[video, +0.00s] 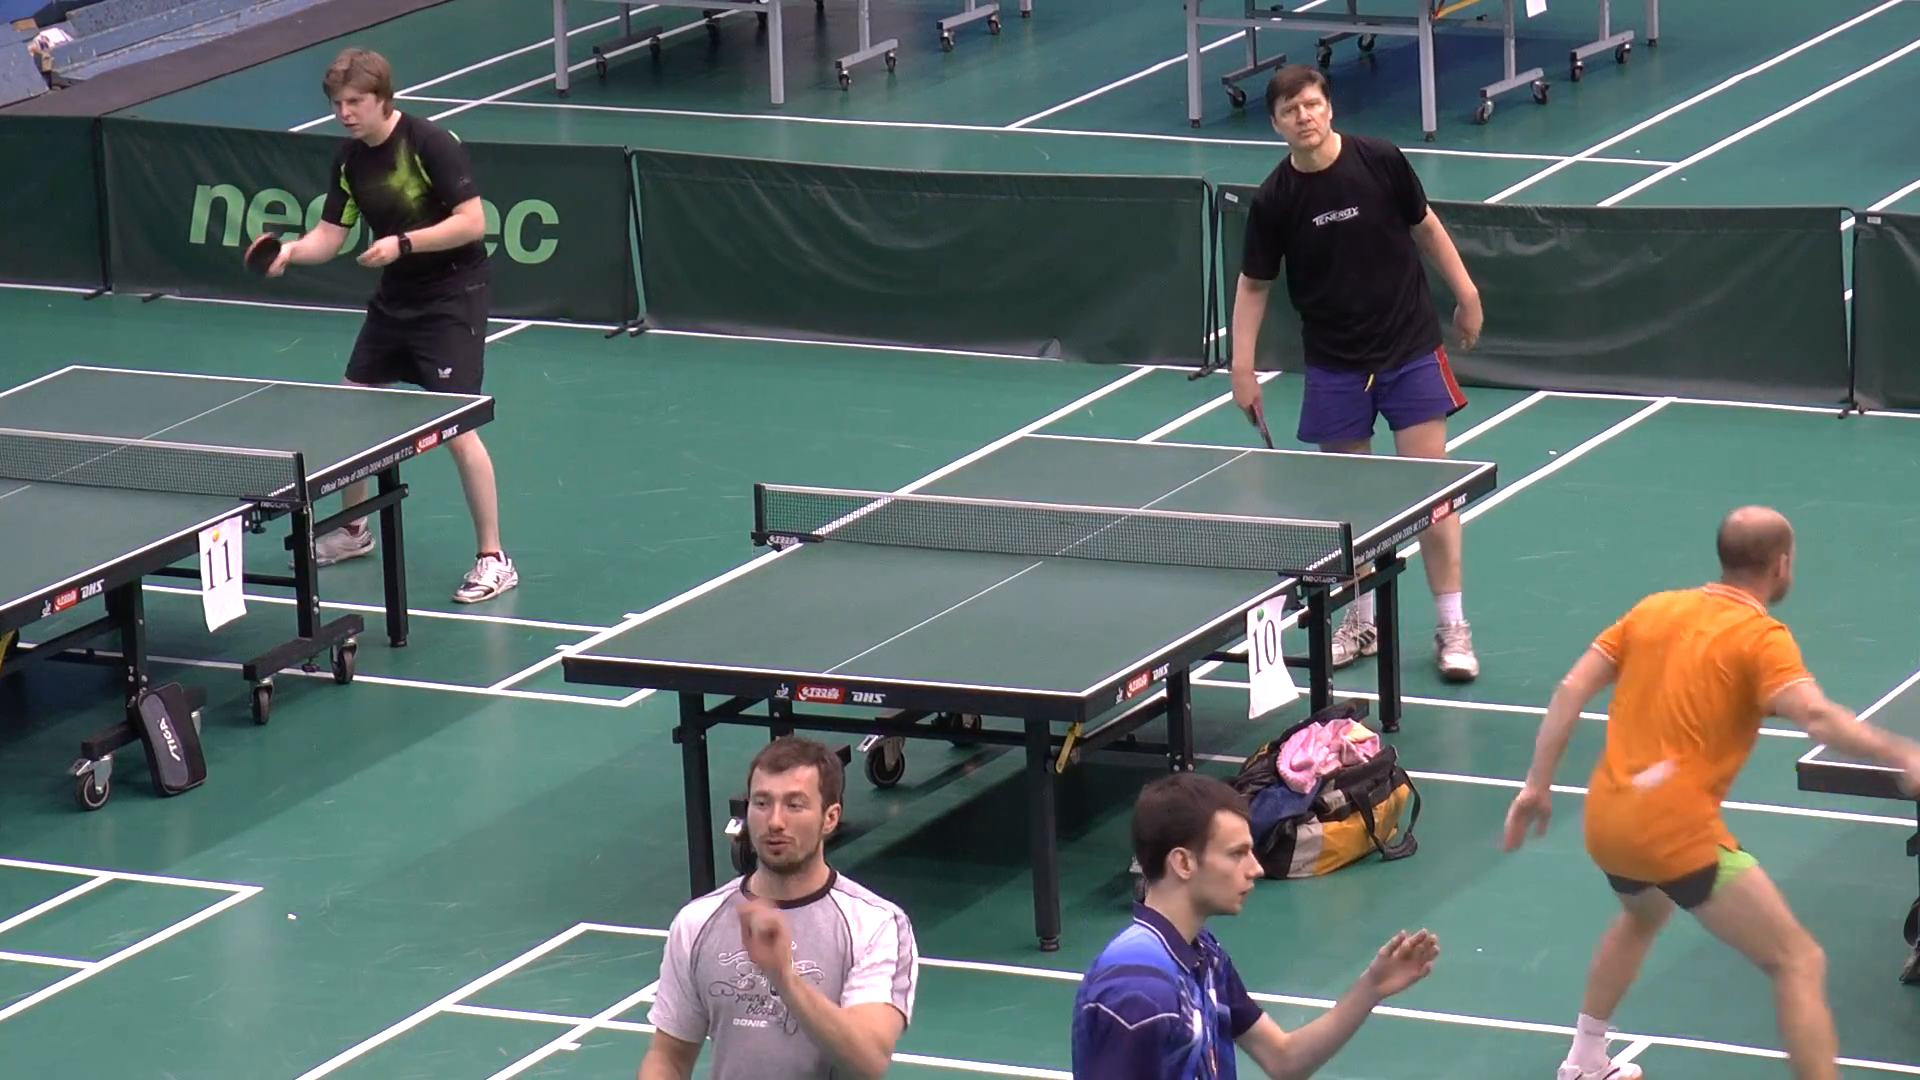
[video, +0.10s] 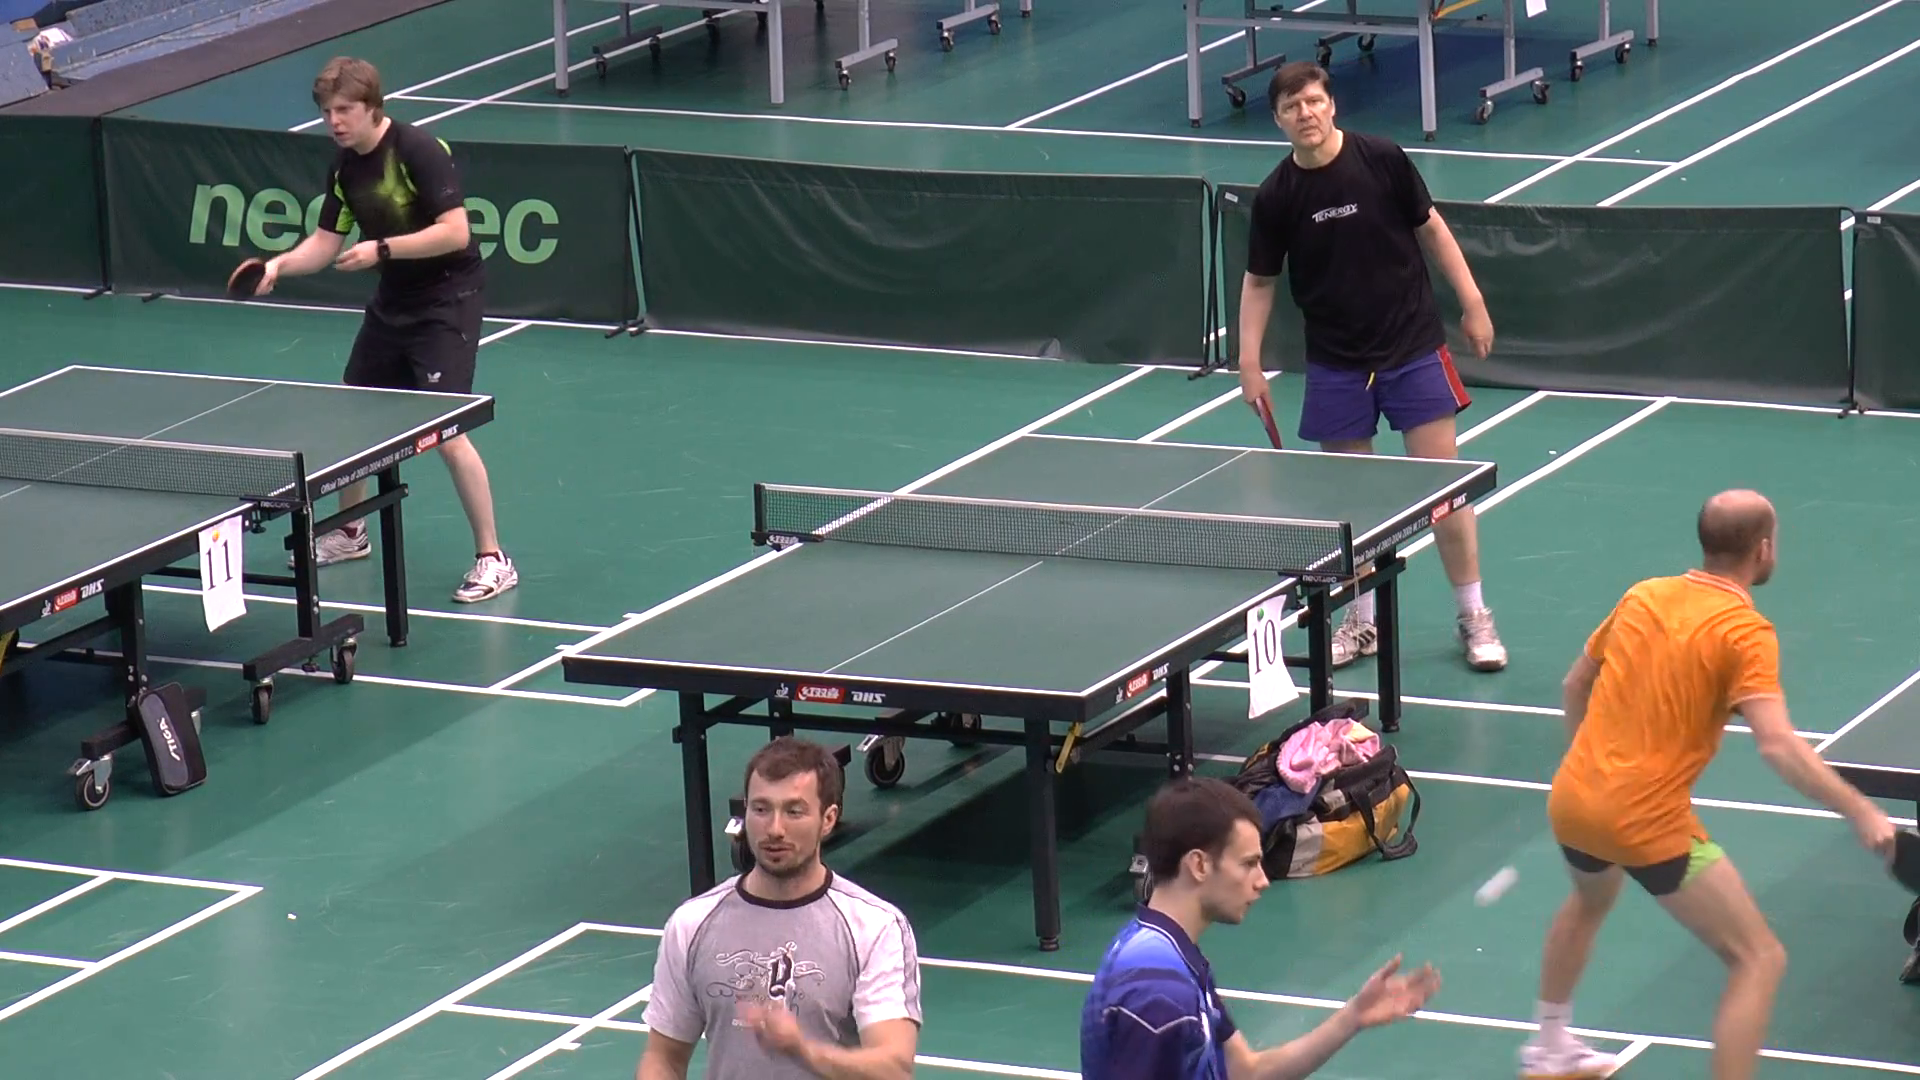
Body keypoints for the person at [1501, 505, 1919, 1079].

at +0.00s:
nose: (1792, 568)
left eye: (1791, 558)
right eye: (1791, 558)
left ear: (1724, 559)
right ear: (1779, 565)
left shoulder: (1653, 609)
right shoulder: (1763, 636)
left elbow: (1570, 689)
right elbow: (1812, 714)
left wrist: (1537, 784)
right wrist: (1903, 753)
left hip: (1607, 825)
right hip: (1678, 836)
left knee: (1642, 913)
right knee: (1797, 960)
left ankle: (1584, 1058)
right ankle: (1820, 1071)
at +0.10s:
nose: (1775, 547)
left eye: (1772, 537)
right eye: (1774, 539)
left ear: (1705, 543)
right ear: (1761, 548)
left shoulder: (1643, 594)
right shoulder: (1746, 629)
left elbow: (1576, 685)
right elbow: (1776, 745)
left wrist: (1586, 759)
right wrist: (1861, 812)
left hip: (1572, 800)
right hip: (1647, 822)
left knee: (1588, 899)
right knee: (1759, 958)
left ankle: (1549, 1043)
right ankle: (1730, 1070)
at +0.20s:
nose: (1759, 561)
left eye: (1755, 551)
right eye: (1757, 552)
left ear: (1688, 561)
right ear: (1743, 569)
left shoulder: (1633, 615)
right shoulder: (1717, 658)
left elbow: (1616, 725)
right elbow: (1745, 786)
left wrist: (1707, 772)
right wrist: (1835, 833)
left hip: (1552, 814)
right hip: (1611, 842)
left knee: (1555, 922)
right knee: (1714, 984)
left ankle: (1443, 1040)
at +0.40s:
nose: (1736, 598)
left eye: (1736, 587)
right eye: (1735, 588)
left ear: (1670, 587)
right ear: (1719, 601)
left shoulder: (1620, 626)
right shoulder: (1663, 689)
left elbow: (1638, 711)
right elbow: (1694, 811)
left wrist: (1723, 737)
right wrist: (1746, 832)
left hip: (1516, 815)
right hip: (1560, 844)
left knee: (1517, 940)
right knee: (1682, 980)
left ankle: (1416, 1056)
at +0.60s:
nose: (1742, 583)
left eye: (1744, 571)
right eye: (1742, 572)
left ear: (1670, 566)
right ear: (1726, 580)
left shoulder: (1597, 615)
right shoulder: (1732, 668)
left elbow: (1511, 670)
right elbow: (1848, 696)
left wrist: (1576, 653)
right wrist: (1858, 667)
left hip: (1526, 818)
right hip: (1597, 847)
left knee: (1493, 931)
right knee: (1701, 988)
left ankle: (1443, 1046)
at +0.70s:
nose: (1738, 559)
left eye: (1734, 549)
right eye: (1737, 551)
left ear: (1666, 557)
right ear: (1727, 563)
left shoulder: (1598, 610)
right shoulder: (1747, 652)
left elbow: (1496, 664)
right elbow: (1864, 675)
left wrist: (1510, 674)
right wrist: (1854, 638)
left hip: (1539, 827)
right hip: (1619, 853)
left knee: (1516, 941)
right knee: (1703, 987)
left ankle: (1472, 1066)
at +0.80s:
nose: (1731, 545)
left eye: (1726, 535)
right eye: (1729, 537)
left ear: (1658, 548)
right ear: (1719, 551)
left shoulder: (1593, 604)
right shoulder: (1738, 643)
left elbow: (1495, 680)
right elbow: (1845, 706)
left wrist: (1484, 721)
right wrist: (1821, 674)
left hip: (1547, 826)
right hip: (1630, 844)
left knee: (1532, 953)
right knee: (1731, 981)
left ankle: (1487, 1072)